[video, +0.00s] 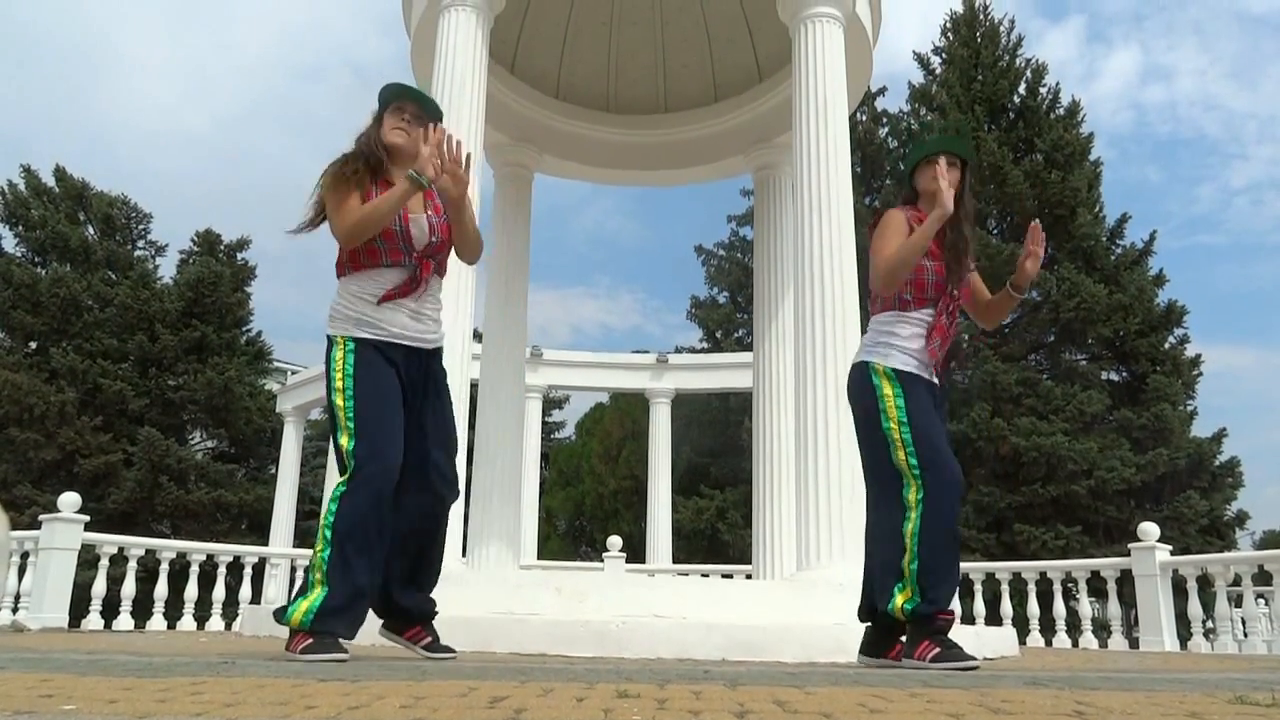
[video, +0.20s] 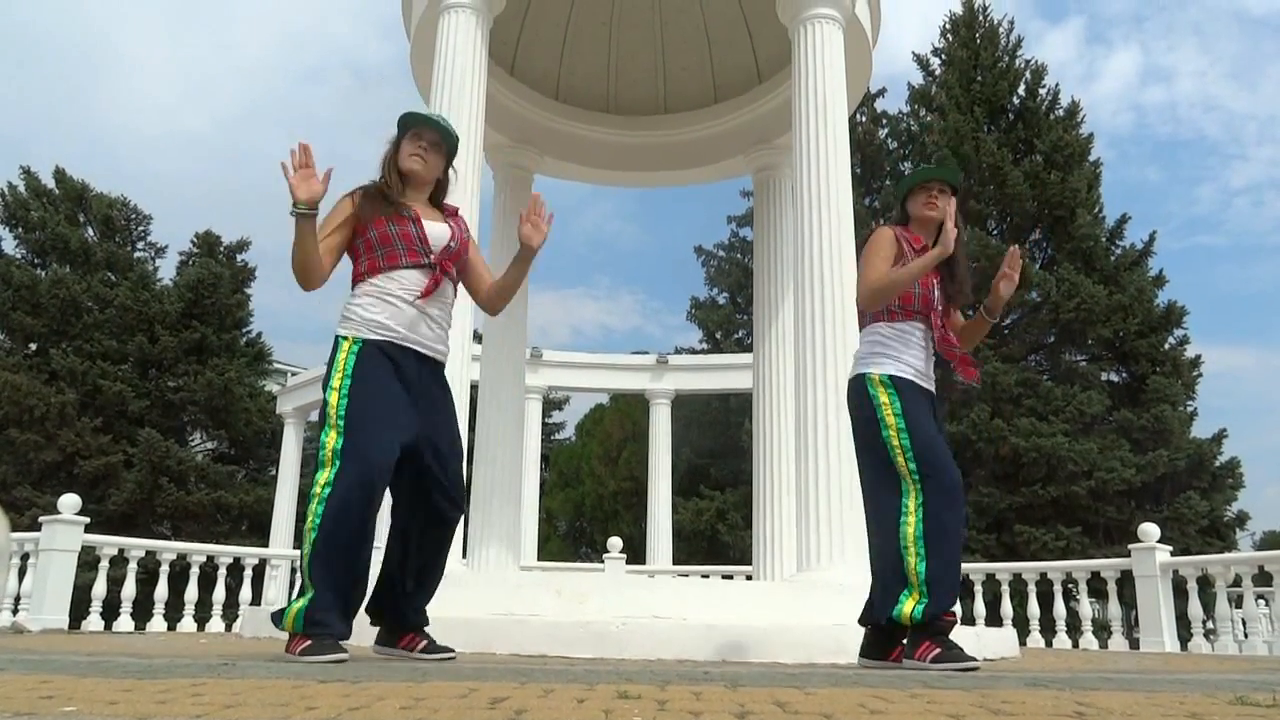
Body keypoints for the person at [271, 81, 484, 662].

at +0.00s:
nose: (406, 126)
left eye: (418, 123)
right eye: (398, 116)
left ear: (433, 139)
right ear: (376, 124)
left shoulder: (441, 188)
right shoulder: (350, 173)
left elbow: (470, 252)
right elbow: (349, 231)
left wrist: (456, 196)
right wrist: (412, 182)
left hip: (424, 351)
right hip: (363, 343)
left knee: (434, 480)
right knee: (372, 471)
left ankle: (405, 612)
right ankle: (318, 625)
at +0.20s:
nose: (422, 150)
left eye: (434, 147)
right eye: (414, 140)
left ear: (446, 167)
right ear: (395, 150)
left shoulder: (452, 224)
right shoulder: (362, 203)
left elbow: (491, 299)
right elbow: (309, 276)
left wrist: (526, 253)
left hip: (429, 368)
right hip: (368, 353)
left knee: (439, 495)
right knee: (355, 479)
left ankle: (400, 624)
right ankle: (317, 628)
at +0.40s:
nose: (441, 178)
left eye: (453, 176)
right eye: (433, 169)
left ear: (464, 194)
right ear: (414, 176)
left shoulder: (466, 243)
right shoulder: (382, 216)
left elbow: (475, 321)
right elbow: (370, 279)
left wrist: (479, 268)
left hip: (439, 377)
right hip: (383, 364)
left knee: (455, 504)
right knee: (368, 492)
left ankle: (401, 627)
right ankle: (316, 630)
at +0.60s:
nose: (453, 203)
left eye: (466, 200)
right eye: (447, 194)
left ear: (476, 216)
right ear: (434, 199)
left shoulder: (477, 269)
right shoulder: (405, 224)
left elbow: (485, 335)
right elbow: (379, 279)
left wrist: (511, 291)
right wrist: (434, 249)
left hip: (450, 388)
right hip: (396, 373)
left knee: (464, 515)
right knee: (374, 494)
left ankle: (404, 634)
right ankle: (319, 625)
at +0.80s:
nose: (473, 225)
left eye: (484, 224)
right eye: (468, 215)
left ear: (490, 243)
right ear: (448, 221)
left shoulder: (486, 302)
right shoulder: (412, 260)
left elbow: (476, 378)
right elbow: (361, 324)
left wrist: (526, 368)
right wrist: (365, 279)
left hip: (454, 418)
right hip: (403, 394)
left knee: (474, 525)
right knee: (382, 502)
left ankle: (403, 637)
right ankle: (322, 628)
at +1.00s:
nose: (484, 234)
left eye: (494, 232)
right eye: (479, 224)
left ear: (499, 248)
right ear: (460, 226)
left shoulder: (489, 303)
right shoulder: (429, 252)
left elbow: (495, 374)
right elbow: (397, 299)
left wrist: (527, 338)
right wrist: (461, 278)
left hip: (457, 405)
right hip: (409, 381)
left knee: (474, 524)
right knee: (380, 493)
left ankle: (405, 637)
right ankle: (334, 612)